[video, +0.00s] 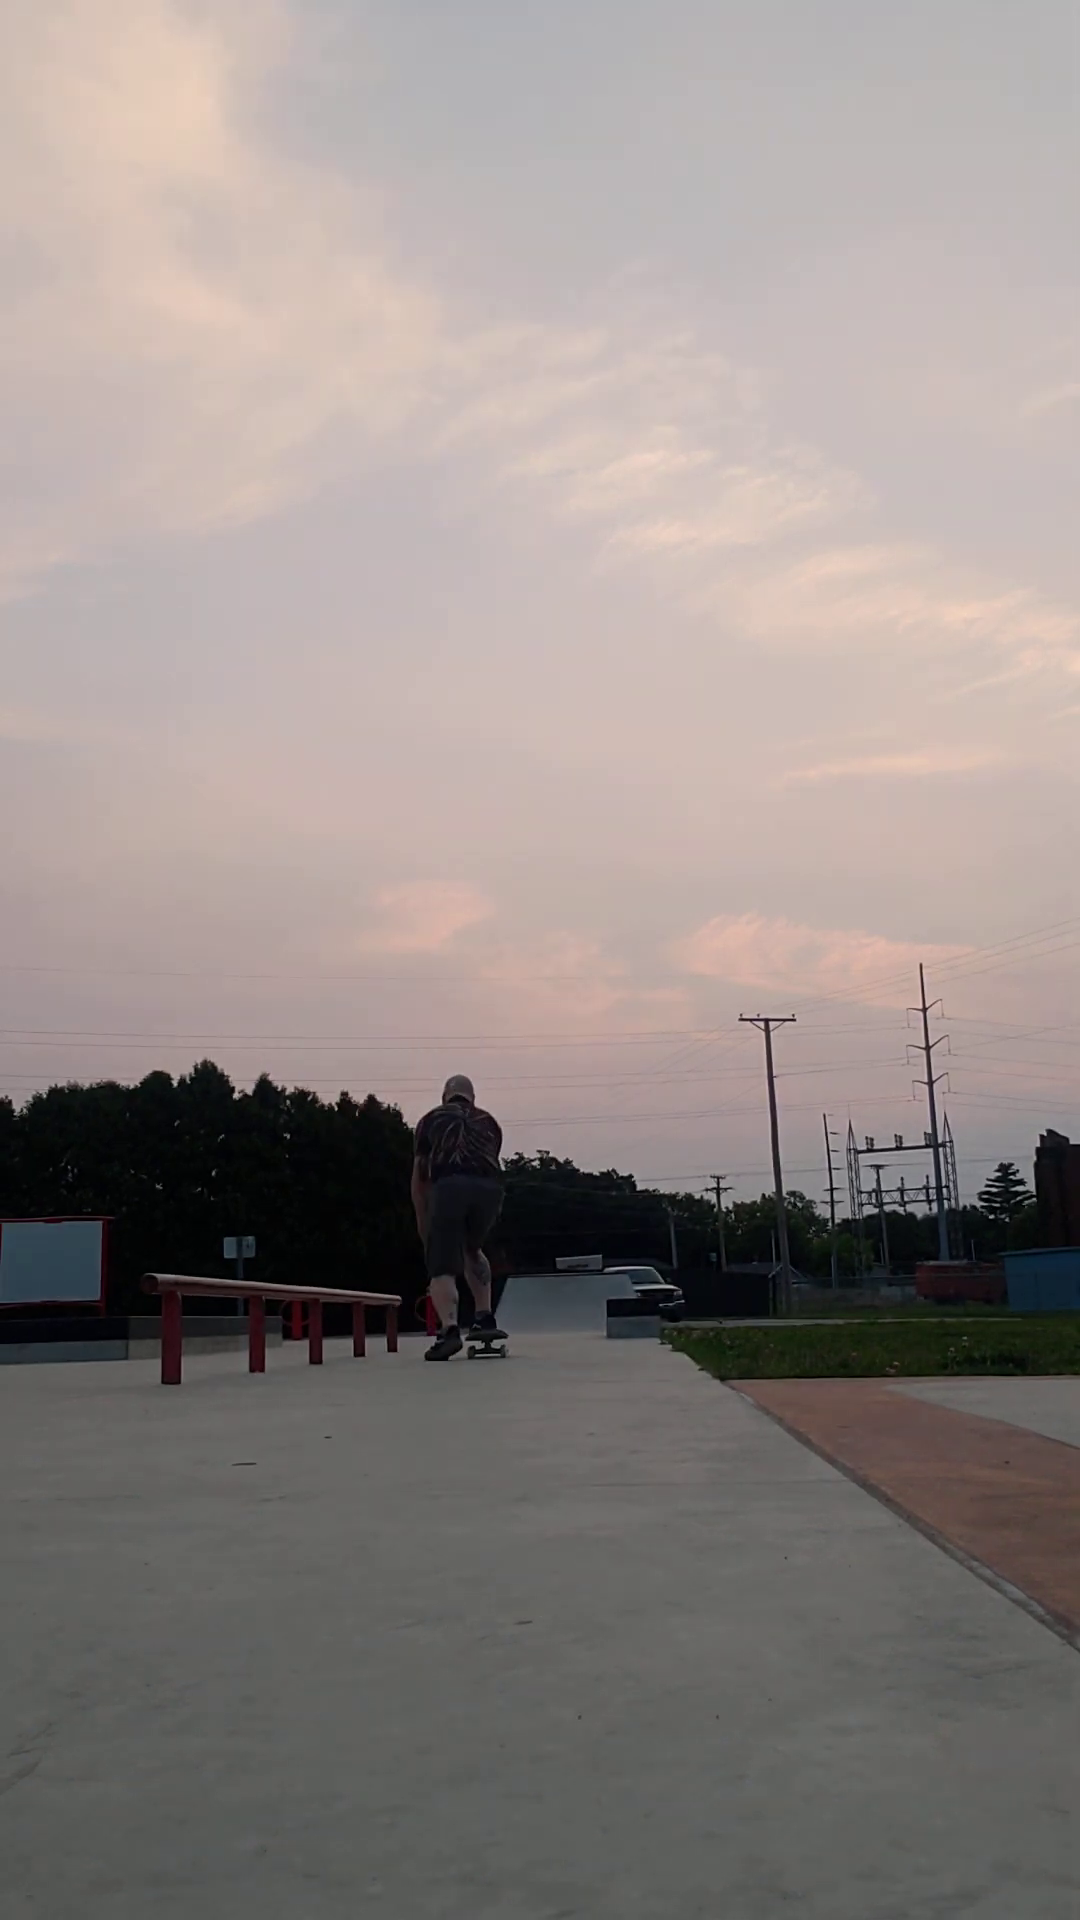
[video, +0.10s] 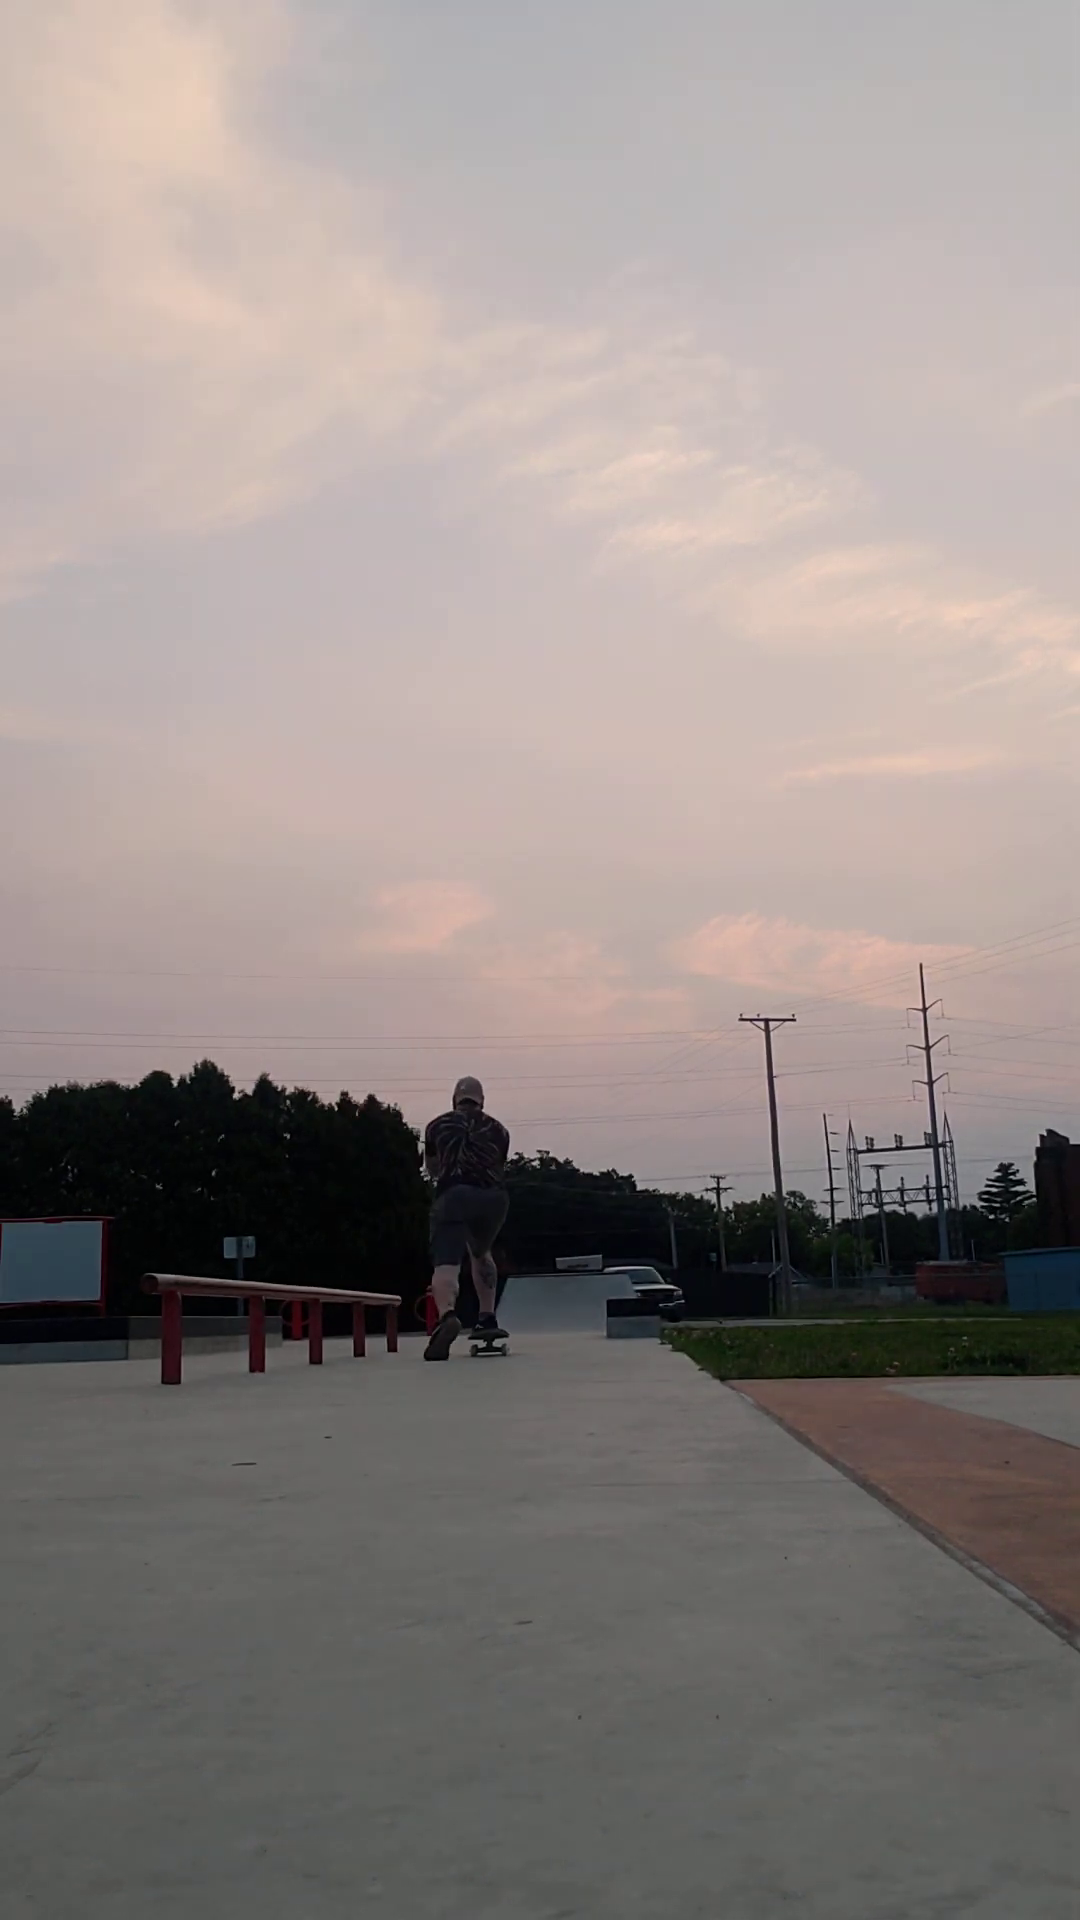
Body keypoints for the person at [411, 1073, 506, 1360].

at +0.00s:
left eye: (447, 1096)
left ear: (444, 1096)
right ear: (473, 1097)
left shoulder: (429, 1120)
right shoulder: (490, 1121)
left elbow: (419, 1178)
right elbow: (490, 1169)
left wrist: (423, 1225)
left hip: (446, 1193)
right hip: (488, 1193)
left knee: (441, 1265)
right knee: (473, 1248)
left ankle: (449, 1331)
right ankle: (485, 1319)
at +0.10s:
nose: (464, 1105)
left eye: (460, 1100)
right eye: (471, 1101)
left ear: (454, 1099)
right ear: (482, 1100)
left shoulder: (437, 1126)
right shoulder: (499, 1130)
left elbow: (432, 1166)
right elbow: (499, 1166)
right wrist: (474, 1171)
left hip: (453, 1198)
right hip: (492, 1200)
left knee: (446, 1264)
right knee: (482, 1252)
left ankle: (446, 1315)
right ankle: (487, 1318)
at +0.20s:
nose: (473, 1102)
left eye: (469, 1098)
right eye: (479, 1099)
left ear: (464, 1097)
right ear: (490, 1097)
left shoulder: (447, 1122)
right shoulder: (506, 1127)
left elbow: (443, 1161)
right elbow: (505, 1164)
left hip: (459, 1193)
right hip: (496, 1196)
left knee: (451, 1248)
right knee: (489, 1253)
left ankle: (452, 1281)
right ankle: (490, 1318)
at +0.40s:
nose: (480, 1095)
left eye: (474, 1091)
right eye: (485, 1092)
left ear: (470, 1092)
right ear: (495, 1091)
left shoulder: (460, 1118)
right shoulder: (512, 1120)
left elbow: (453, 1165)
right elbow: (514, 1161)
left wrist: (461, 1190)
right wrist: (501, 1183)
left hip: (477, 1192)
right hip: (509, 1193)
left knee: (453, 1258)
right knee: (491, 1257)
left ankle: (492, 1288)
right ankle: (495, 1322)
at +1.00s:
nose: (489, 1115)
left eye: (488, 1111)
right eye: (496, 1110)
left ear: (487, 1111)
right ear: (508, 1110)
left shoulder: (488, 1133)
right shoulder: (521, 1138)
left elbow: (483, 1165)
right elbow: (525, 1181)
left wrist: (464, 1199)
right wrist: (525, 1217)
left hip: (498, 1205)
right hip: (519, 1206)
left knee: (494, 1261)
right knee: (508, 1263)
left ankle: (516, 1316)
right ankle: (516, 1315)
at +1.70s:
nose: (506, 1152)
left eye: (504, 1148)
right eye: (509, 1148)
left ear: (501, 1148)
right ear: (518, 1147)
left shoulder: (500, 1168)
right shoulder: (528, 1168)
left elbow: (493, 1200)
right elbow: (534, 1201)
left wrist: (486, 1225)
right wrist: (536, 1230)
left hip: (510, 1225)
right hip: (529, 1224)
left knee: (508, 1272)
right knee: (520, 1272)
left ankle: (523, 1316)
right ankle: (527, 1316)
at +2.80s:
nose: (529, 1181)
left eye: (527, 1179)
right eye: (530, 1178)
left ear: (525, 1181)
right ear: (538, 1180)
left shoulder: (527, 1200)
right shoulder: (546, 1197)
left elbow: (525, 1226)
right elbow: (550, 1222)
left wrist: (520, 1250)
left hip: (535, 1245)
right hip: (548, 1244)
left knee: (531, 1281)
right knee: (542, 1282)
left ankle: (545, 1315)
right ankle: (548, 1316)